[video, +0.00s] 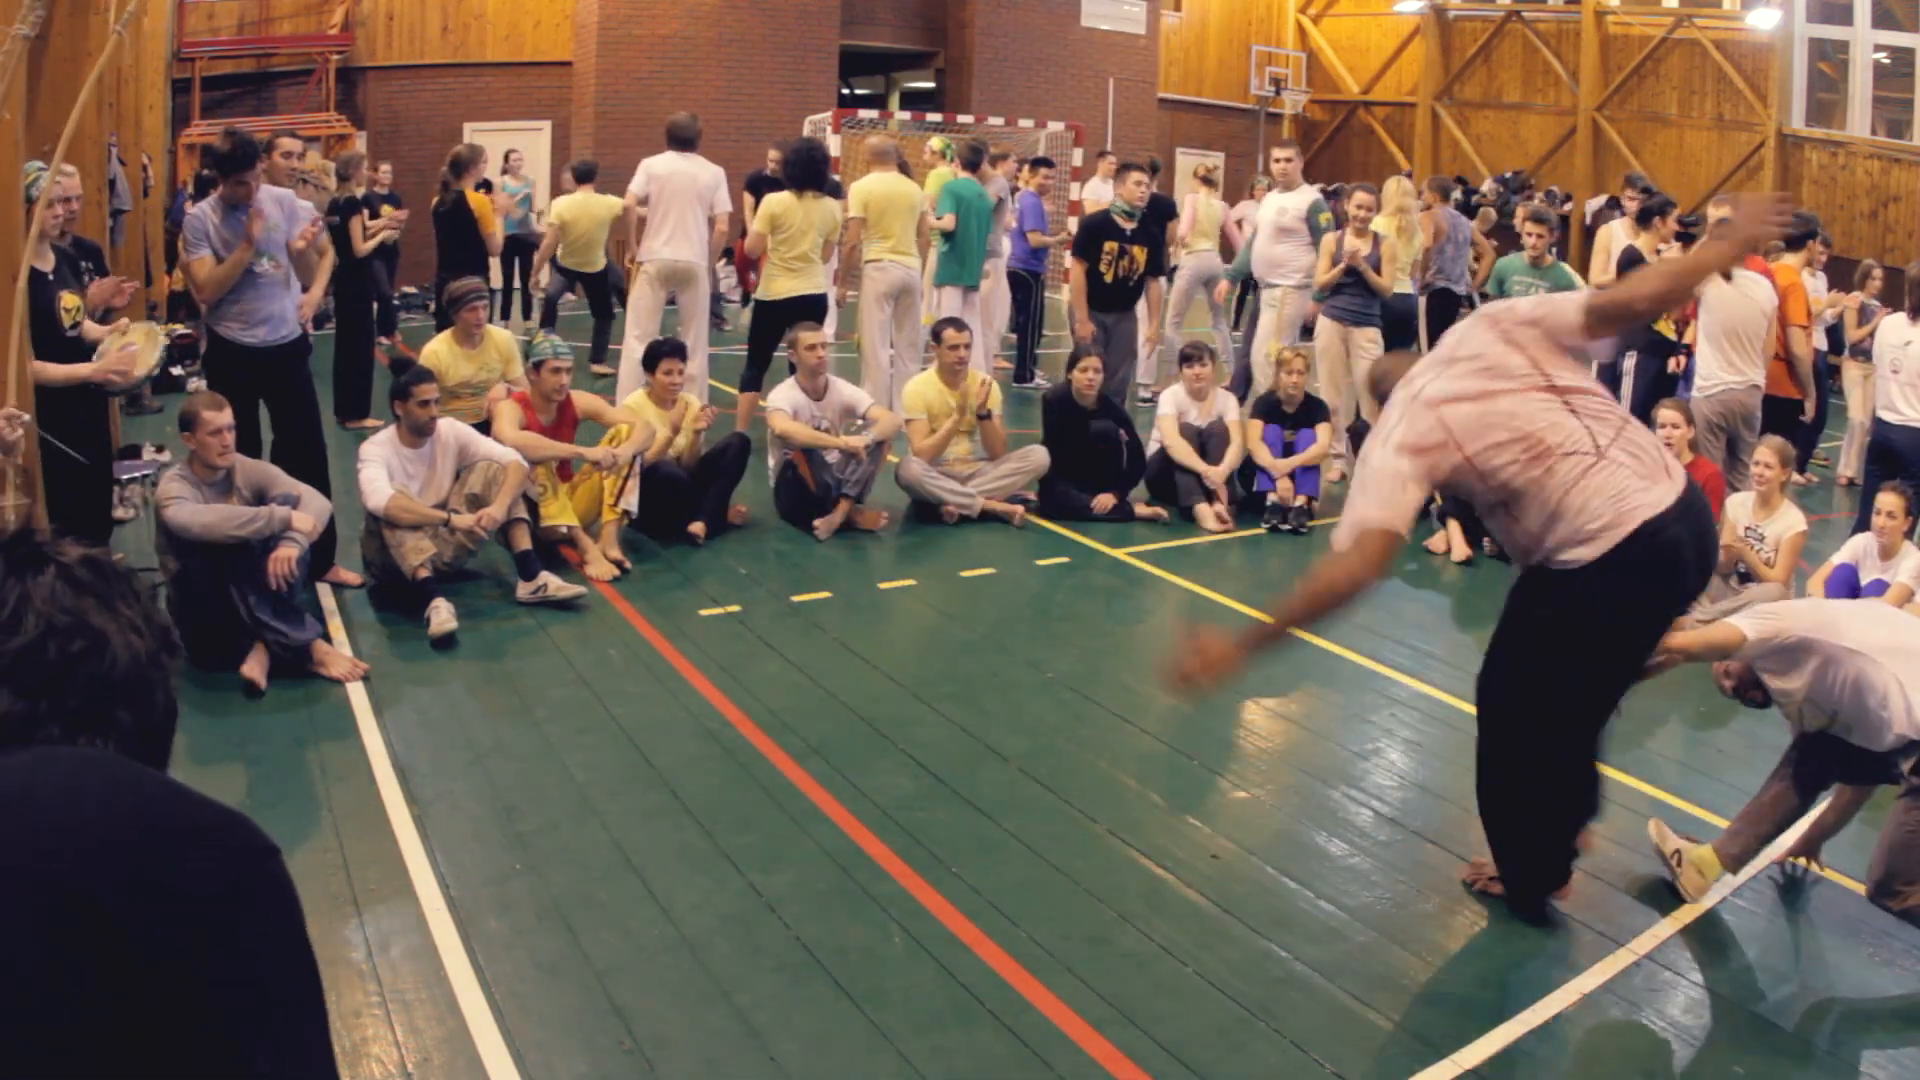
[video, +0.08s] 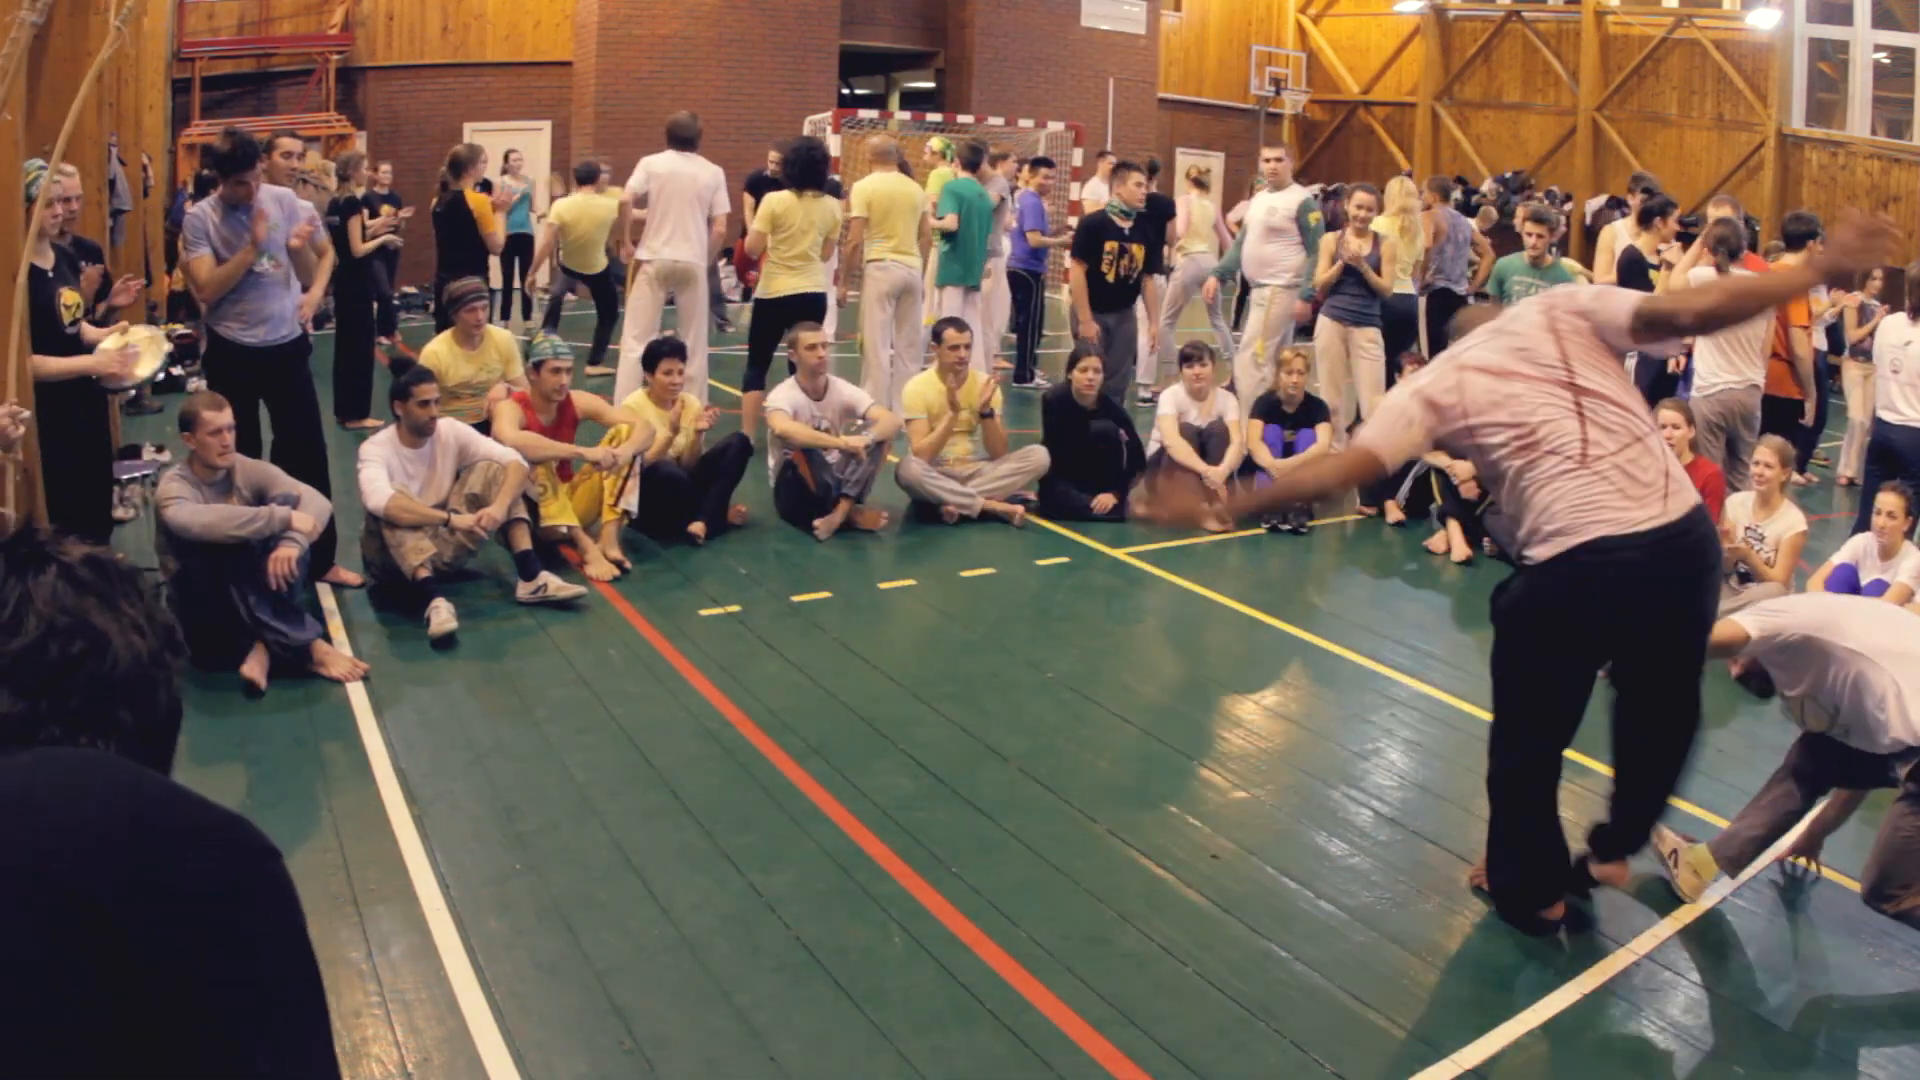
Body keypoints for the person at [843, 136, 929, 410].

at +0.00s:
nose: (863, 161)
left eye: (865, 156)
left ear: (868, 158)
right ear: (895, 157)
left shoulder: (861, 188)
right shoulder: (914, 188)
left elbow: (853, 240)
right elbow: (924, 235)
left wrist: (842, 283)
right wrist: (919, 270)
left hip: (878, 265)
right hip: (911, 265)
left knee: (875, 345)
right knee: (909, 345)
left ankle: (877, 414)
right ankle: (906, 412)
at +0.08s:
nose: (865, 160)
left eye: (866, 156)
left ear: (870, 158)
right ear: (896, 157)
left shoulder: (864, 187)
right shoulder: (916, 188)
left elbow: (856, 239)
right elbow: (926, 235)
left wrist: (844, 282)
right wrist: (919, 269)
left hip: (880, 265)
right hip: (912, 266)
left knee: (876, 344)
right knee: (910, 345)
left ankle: (876, 413)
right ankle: (905, 412)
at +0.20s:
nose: (870, 157)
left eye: (872, 153)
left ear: (875, 156)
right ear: (901, 158)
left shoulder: (868, 186)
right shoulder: (918, 188)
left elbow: (860, 238)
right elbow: (929, 235)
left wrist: (847, 280)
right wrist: (921, 271)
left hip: (883, 266)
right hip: (914, 266)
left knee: (877, 343)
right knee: (911, 345)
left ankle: (877, 412)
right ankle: (907, 412)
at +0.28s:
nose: (873, 157)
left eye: (875, 154)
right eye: (876, 153)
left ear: (878, 156)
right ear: (903, 157)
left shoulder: (871, 185)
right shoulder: (921, 189)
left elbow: (862, 237)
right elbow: (932, 235)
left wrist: (850, 281)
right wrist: (921, 271)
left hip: (883, 265)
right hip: (914, 265)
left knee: (877, 343)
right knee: (910, 344)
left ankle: (877, 413)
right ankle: (906, 413)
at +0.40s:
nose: (878, 157)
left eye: (880, 154)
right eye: (881, 153)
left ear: (883, 157)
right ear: (908, 158)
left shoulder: (876, 185)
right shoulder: (925, 189)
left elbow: (867, 237)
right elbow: (935, 236)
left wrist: (854, 279)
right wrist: (922, 271)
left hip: (886, 265)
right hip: (916, 266)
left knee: (877, 343)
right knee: (910, 344)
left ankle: (878, 413)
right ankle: (908, 412)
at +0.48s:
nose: (880, 155)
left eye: (884, 151)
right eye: (883, 150)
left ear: (890, 157)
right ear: (910, 159)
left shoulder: (879, 185)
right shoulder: (927, 189)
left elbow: (869, 236)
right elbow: (937, 238)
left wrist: (856, 279)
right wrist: (925, 272)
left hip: (888, 266)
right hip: (918, 266)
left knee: (878, 344)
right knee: (911, 344)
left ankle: (879, 413)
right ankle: (907, 412)